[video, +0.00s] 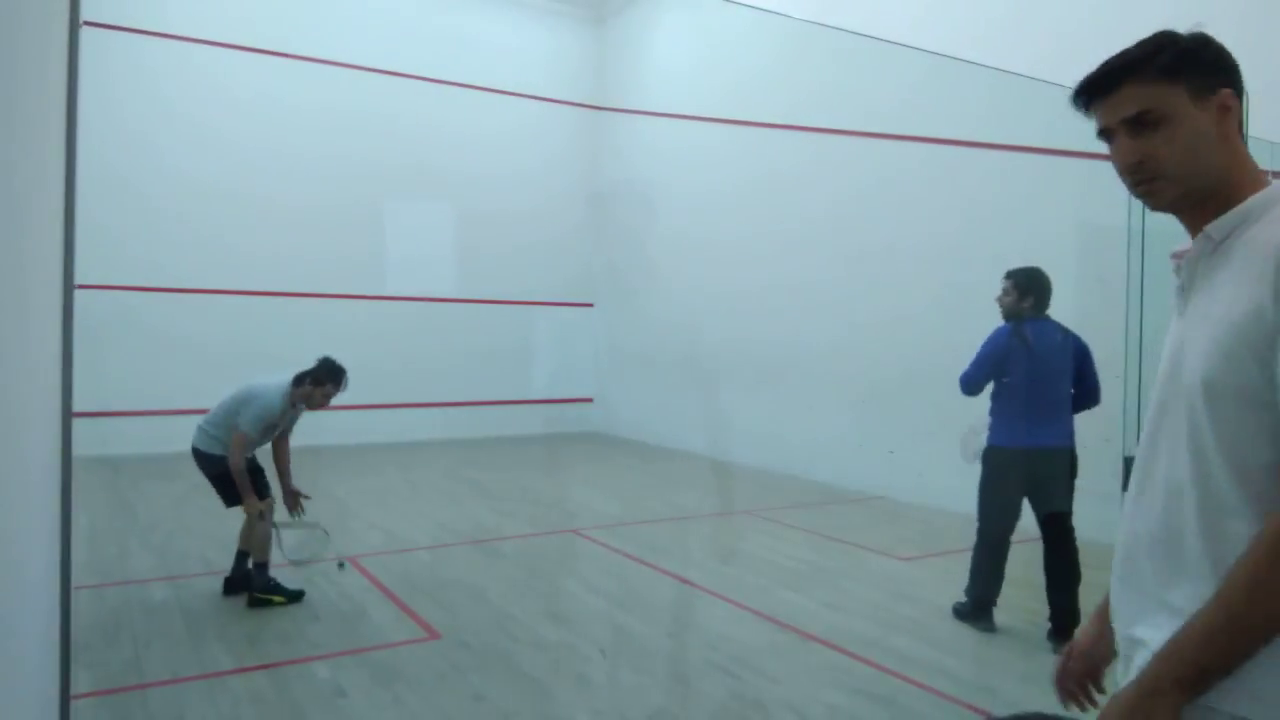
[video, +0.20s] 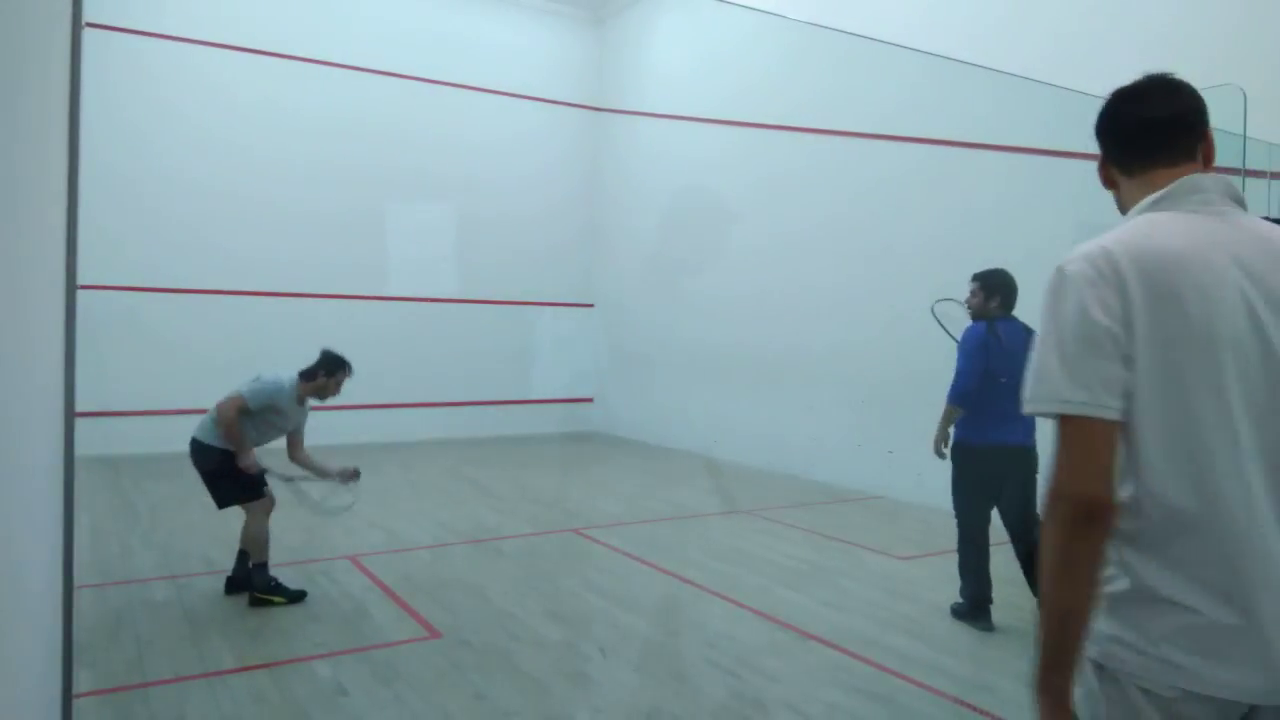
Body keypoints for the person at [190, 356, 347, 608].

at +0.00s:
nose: (327, 403)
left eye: (331, 398)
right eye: (326, 396)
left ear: (311, 385)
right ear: (311, 384)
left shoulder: (294, 403)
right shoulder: (267, 402)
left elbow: (281, 442)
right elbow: (236, 452)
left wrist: (287, 486)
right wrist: (248, 499)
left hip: (238, 449)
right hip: (213, 449)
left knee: (260, 506)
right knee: (264, 508)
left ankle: (238, 574)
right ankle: (261, 583)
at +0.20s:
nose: (338, 390)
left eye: (341, 385)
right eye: (338, 383)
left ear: (322, 377)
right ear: (322, 376)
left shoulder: (299, 408)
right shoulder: (277, 387)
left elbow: (296, 454)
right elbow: (226, 409)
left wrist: (334, 474)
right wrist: (244, 452)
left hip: (228, 448)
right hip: (211, 445)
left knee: (261, 505)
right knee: (261, 504)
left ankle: (240, 574)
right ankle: (261, 584)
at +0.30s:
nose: (331, 347)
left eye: (333, 339)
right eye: (331, 339)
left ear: (312, 334)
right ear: (316, 335)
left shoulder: (288, 366)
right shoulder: (279, 361)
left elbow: (280, 412)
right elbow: (243, 395)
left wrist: (314, 435)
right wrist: (276, 430)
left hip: (239, 438)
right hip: (237, 438)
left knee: (257, 505)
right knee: (269, 505)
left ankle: (240, 573)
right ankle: (265, 582)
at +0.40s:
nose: (325, 323)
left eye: (326, 317)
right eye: (324, 316)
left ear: (303, 314)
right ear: (312, 314)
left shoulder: (276, 341)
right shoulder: (287, 346)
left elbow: (267, 392)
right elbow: (264, 383)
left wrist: (306, 415)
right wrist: (305, 416)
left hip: (246, 431)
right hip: (264, 434)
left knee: (257, 499)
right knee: (297, 495)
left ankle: (240, 572)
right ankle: (279, 569)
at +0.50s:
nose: (338, 315)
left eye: (338, 309)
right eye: (337, 309)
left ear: (312, 307)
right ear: (328, 309)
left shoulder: (294, 338)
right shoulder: (309, 342)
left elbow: (291, 395)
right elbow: (296, 388)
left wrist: (325, 414)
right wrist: (344, 403)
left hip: (281, 433)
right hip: (299, 435)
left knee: (283, 497)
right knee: (319, 498)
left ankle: (246, 565)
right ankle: (321, 567)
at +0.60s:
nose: (358, 310)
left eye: (356, 305)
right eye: (357, 305)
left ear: (328, 305)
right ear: (351, 309)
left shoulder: (321, 337)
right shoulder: (328, 342)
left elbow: (324, 391)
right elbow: (313, 389)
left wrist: (356, 409)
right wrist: (357, 404)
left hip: (316, 430)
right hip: (321, 432)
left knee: (325, 498)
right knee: (328, 499)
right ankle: (321, 566)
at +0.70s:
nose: (375, 312)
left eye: (375, 306)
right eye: (374, 306)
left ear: (351, 306)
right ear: (364, 309)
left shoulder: (351, 343)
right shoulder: (334, 343)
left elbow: (362, 385)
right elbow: (313, 388)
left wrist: (401, 394)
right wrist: (349, 406)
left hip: (352, 433)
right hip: (334, 434)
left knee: (371, 488)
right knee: (337, 500)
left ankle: (353, 555)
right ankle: (322, 569)